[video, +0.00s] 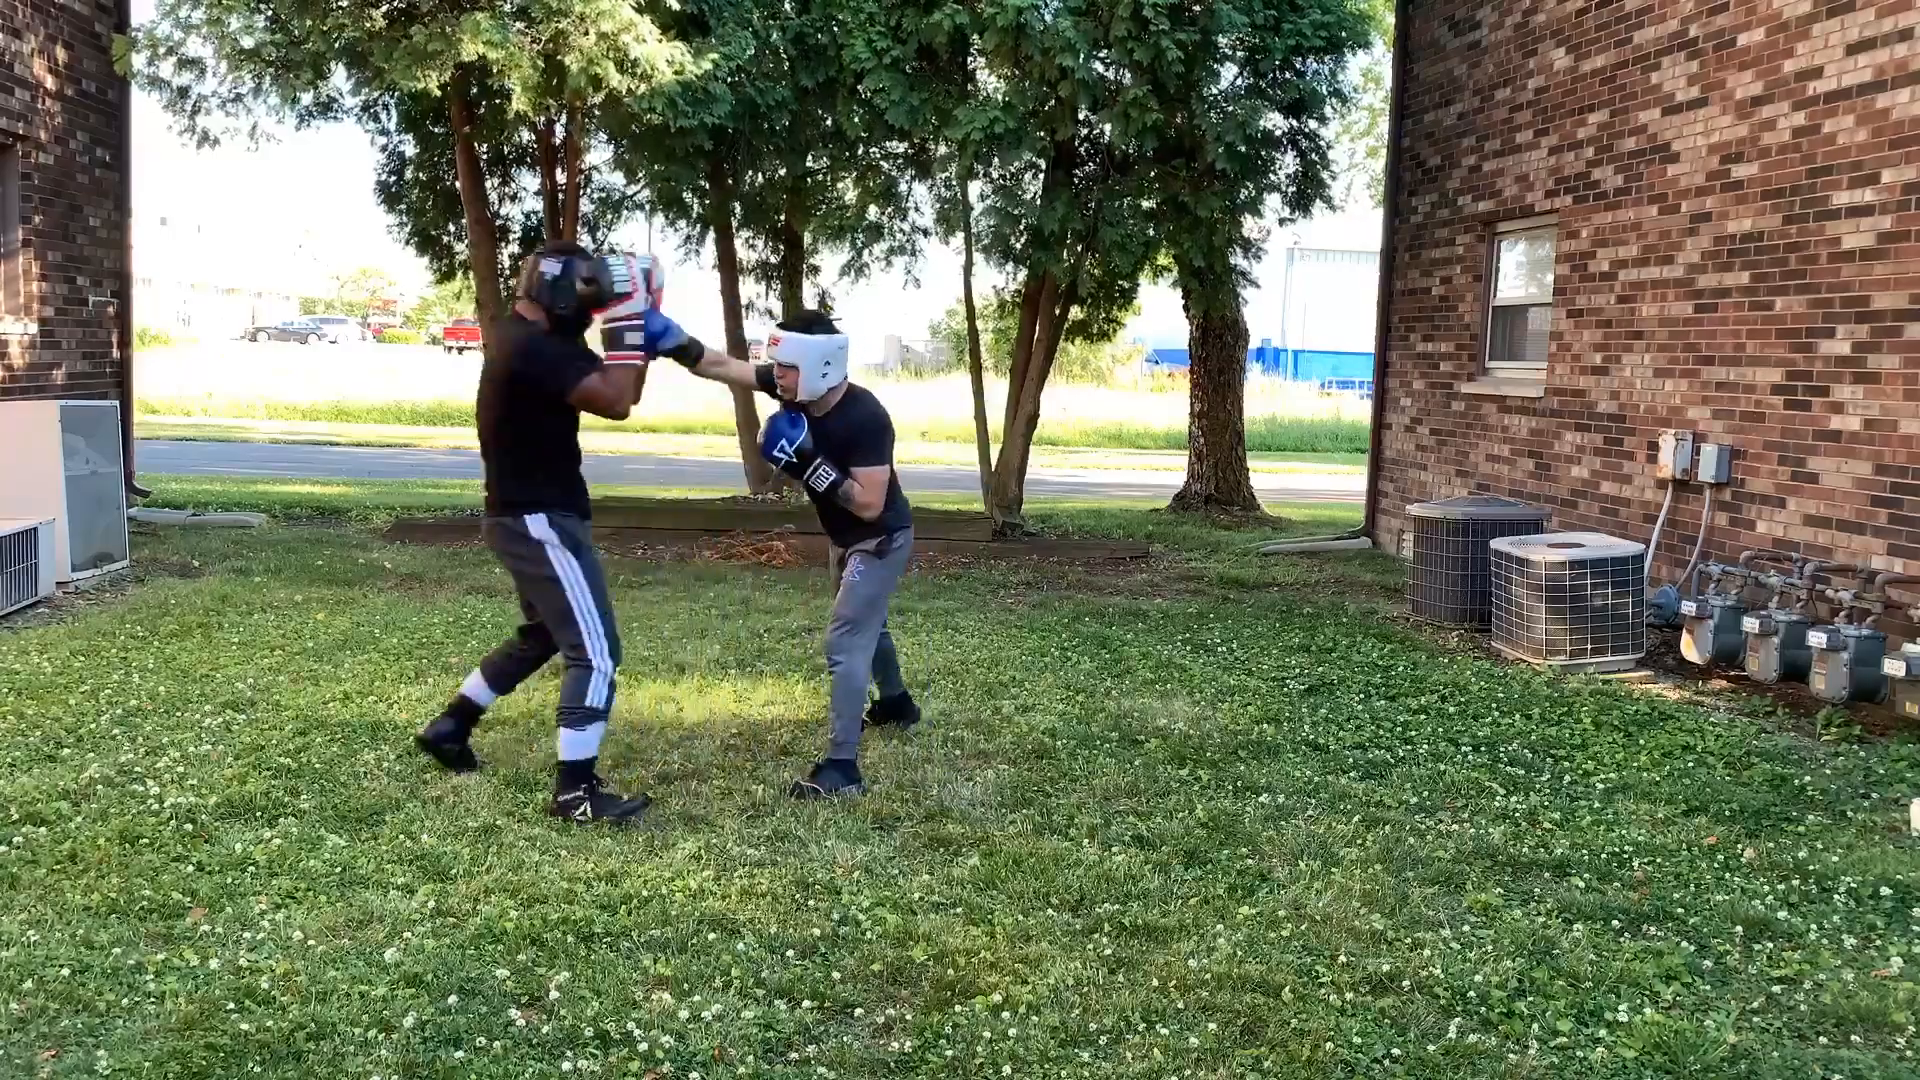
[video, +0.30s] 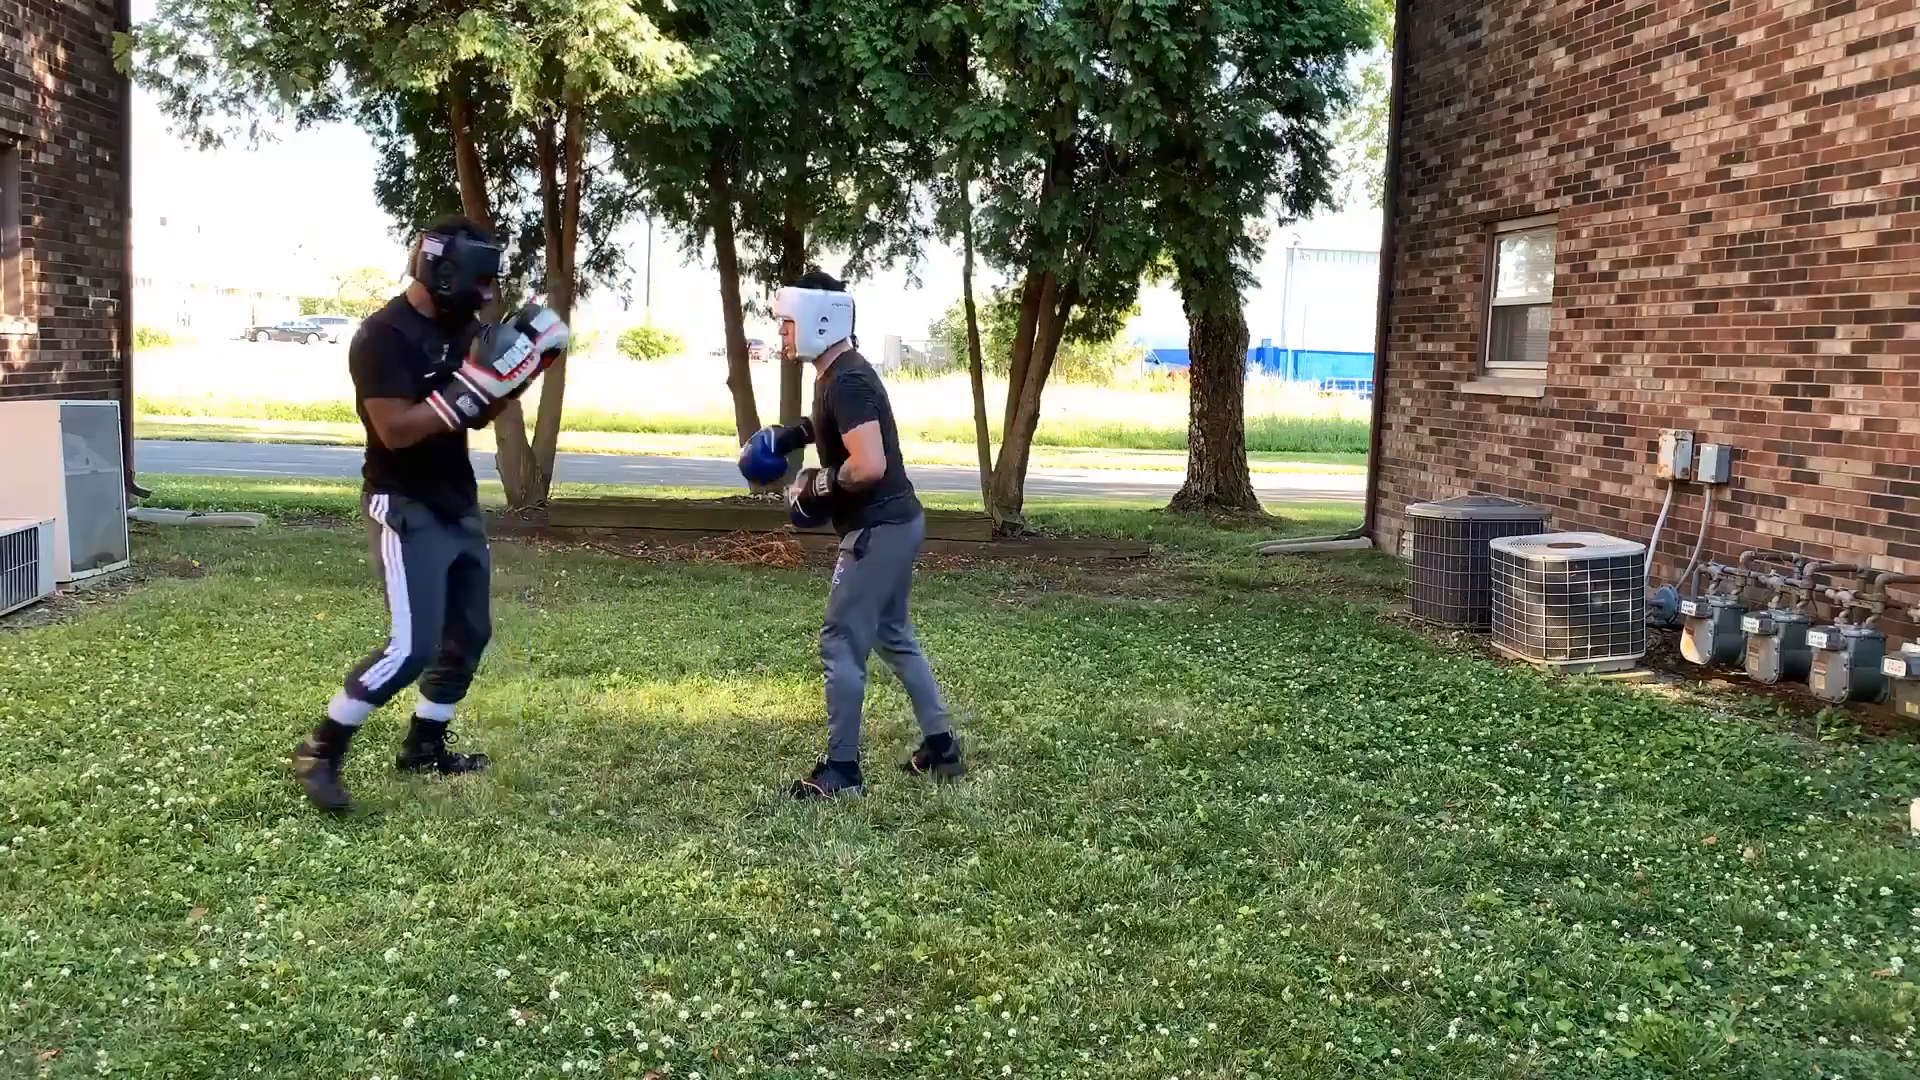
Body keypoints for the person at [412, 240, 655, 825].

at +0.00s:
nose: (589, 312)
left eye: (591, 299)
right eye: (586, 299)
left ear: (537, 294)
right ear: (567, 300)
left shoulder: (515, 341)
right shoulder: (538, 349)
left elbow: (610, 389)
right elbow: (618, 399)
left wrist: (635, 314)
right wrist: (627, 318)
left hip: (520, 516)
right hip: (540, 519)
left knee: (544, 634)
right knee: (597, 651)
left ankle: (450, 726)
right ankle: (576, 786)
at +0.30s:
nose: (483, 295)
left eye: (486, 284)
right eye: (476, 283)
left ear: (453, 277)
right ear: (443, 276)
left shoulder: (458, 329)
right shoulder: (379, 336)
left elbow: (477, 409)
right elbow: (393, 431)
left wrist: (525, 356)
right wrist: (465, 391)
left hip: (460, 507)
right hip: (405, 507)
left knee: (466, 636)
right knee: (412, 646)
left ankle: (424, 748)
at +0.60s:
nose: (420, 291)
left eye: (425, 279)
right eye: (414, 277)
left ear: (385, 271)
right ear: (381, 268)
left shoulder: (390, 333)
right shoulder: (315, 331)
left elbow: (369, 407)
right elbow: (307, 428)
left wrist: (417, 394)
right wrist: (392, 403)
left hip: (394, 508)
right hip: (330, 513)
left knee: (445, 621)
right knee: (306, 646)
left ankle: (427, 744)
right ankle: (238, 770)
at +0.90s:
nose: (438, 349)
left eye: (444, 341)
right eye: (437, 338)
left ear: (416, 316)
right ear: (413, 318)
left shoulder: (408, 344)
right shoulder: (354, 345)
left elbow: (438, 434)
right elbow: (415, 433)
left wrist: (482, 364)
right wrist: (469, 370)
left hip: (400, 515)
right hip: (339, 523)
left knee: (474, 627)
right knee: (317, 659)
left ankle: (512, 734)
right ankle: (237, 772)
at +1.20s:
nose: (468, 340)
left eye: (474, 331)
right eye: (464, 329)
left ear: (471, 330)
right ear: (434, 318)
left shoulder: (457, 366)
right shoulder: (385, 375)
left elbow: (505, 443)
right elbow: (453, 450)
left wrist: (511, 368)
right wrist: (496, 384)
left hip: (467, 535)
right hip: (395, 546)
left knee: (526, 636)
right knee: (354, 667)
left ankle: (538, 752)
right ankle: (264, 770)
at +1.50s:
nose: (442, 388)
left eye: (457, 382)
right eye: (439, 371)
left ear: (470, 381)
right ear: (420, 347)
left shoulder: (451, 417)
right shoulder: (342, 354)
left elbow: (405, 507)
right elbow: (324, 441)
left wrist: (450, 473)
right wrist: (401, 417)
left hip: (422, 545)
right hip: (337, 545)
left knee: (483, 650)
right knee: (304, 659)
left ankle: (533, 760)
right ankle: (246, 769)